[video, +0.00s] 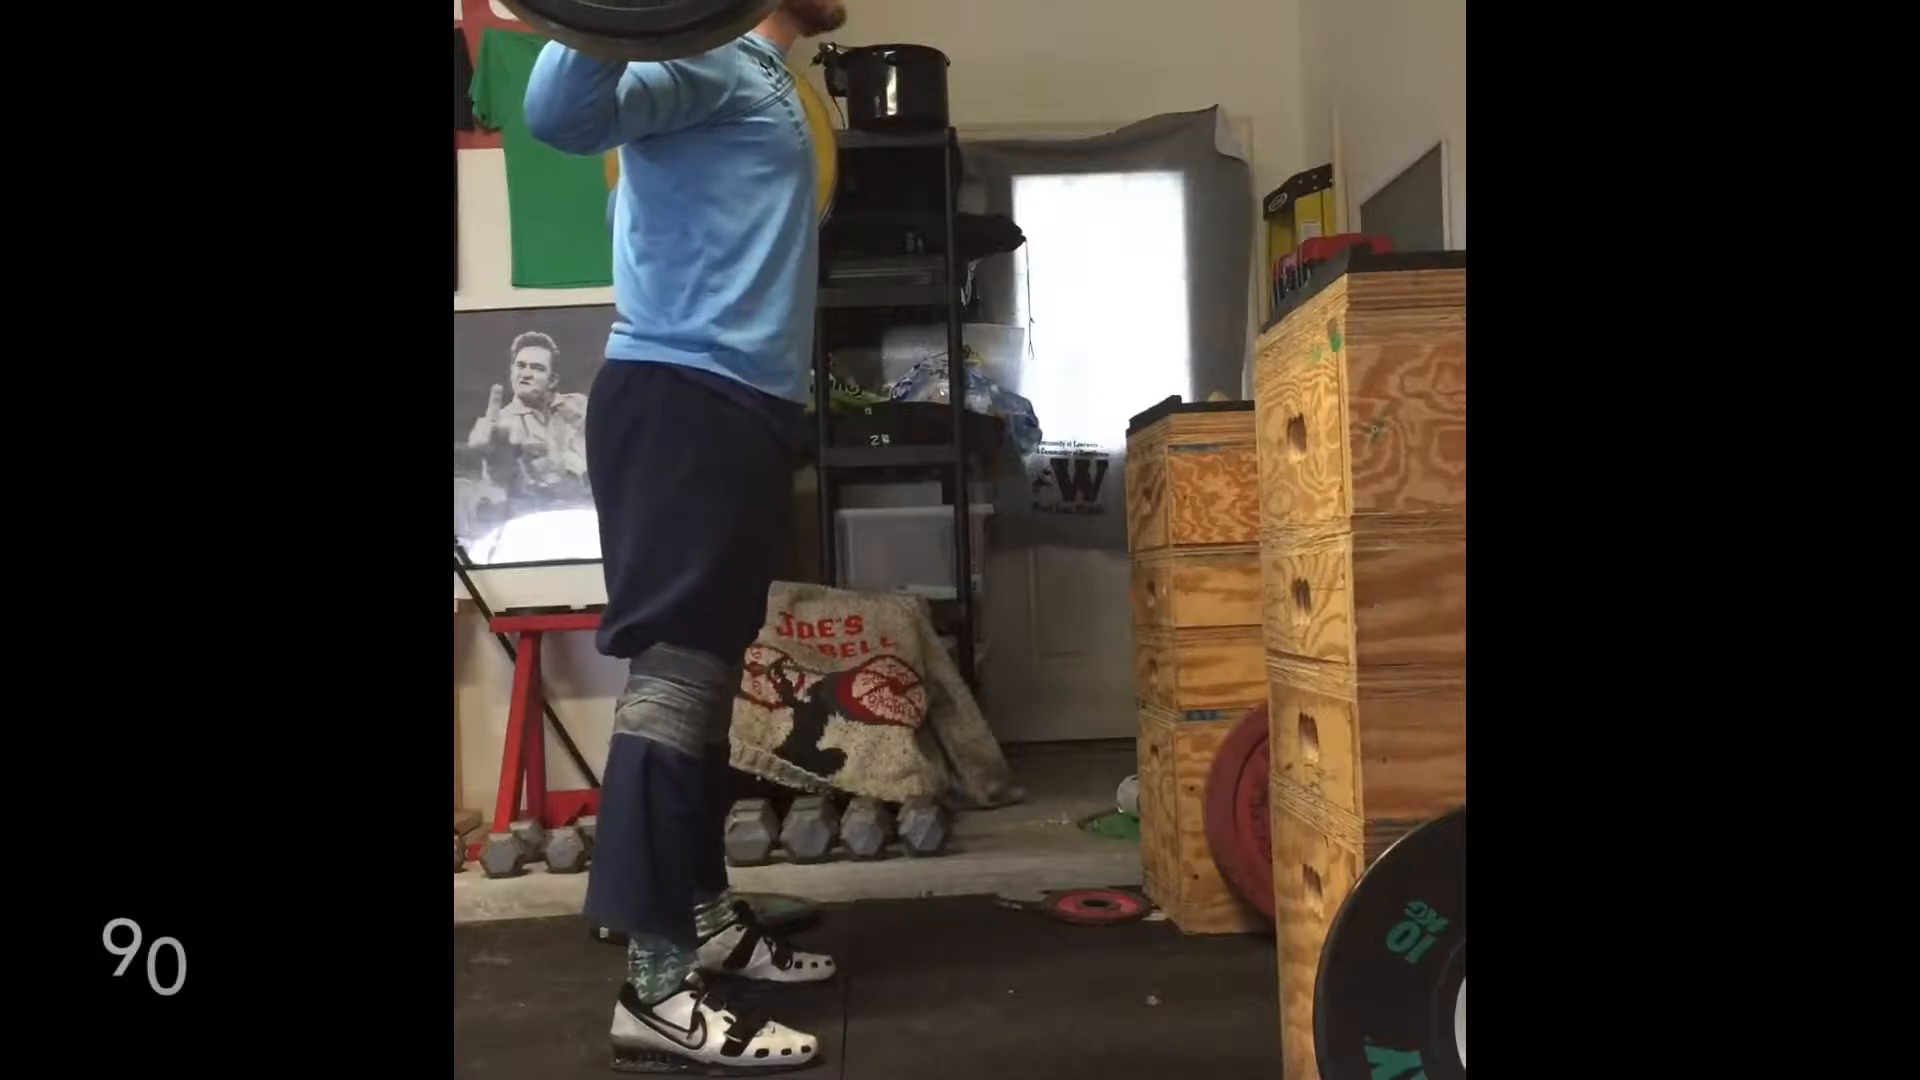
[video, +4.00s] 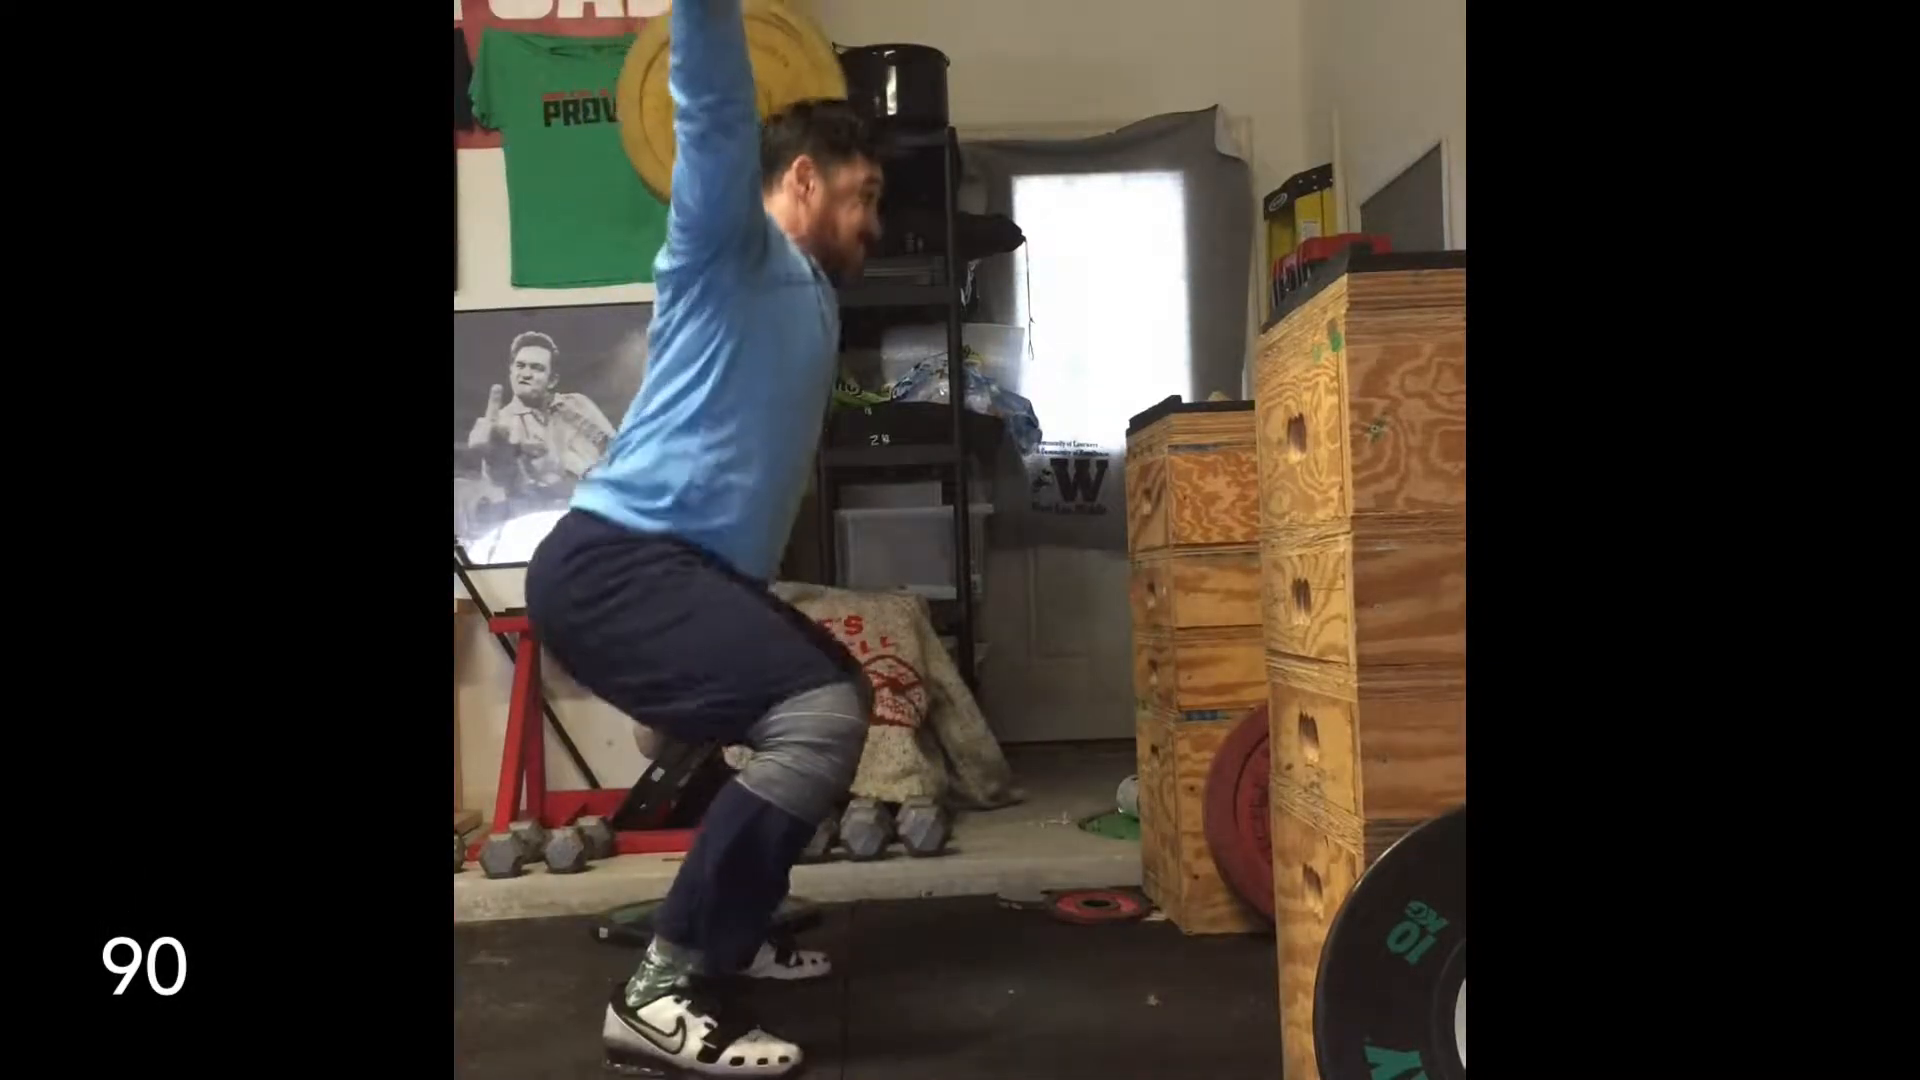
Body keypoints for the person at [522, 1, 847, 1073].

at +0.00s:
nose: (836, 7)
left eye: (833, 3)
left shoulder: (772, 73)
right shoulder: (704, 60)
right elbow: (557, 114)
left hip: (739, 406)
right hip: (683, 400)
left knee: (704, 675)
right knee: (677, 679)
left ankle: (698, 917)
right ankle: (659, 979)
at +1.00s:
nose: (838, 7)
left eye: (836, 2)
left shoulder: (771, 77)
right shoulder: (705, 63)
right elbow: (556, 113)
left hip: (739, 407)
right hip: (681, 400)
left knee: (707, 673)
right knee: (675, 679)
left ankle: (699, 916)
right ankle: (655, 980)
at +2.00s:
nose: (850, 7)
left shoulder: (776, 80)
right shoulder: (714, 65)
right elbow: (561, 114)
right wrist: (620, 4)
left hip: (737, 408)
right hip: (682, 400)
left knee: (703, 674)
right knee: (675, 680)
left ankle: (702, 917)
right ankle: (655, 980)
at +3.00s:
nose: (845, 32)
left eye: (842, 18)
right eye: (832, 16)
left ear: (799, 36)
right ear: (788, 24)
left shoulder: (790, 129)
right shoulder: (720, 118)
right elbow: (573, 171)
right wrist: (631, 38)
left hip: (721, 442)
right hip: (665, 436)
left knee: (776, 677)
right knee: (785, 681)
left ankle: (711, 915)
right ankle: (665, 978)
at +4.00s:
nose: (872, 226)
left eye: (876, 206)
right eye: (863, 200)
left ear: (822, 194)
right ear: (799, 179)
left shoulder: (810, 295)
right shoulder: (726, 246)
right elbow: (711, 104)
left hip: (695, 568)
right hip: (616, 559)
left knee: (833, 694)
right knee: (816, 716)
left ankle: (736, 922)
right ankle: (666, 984)